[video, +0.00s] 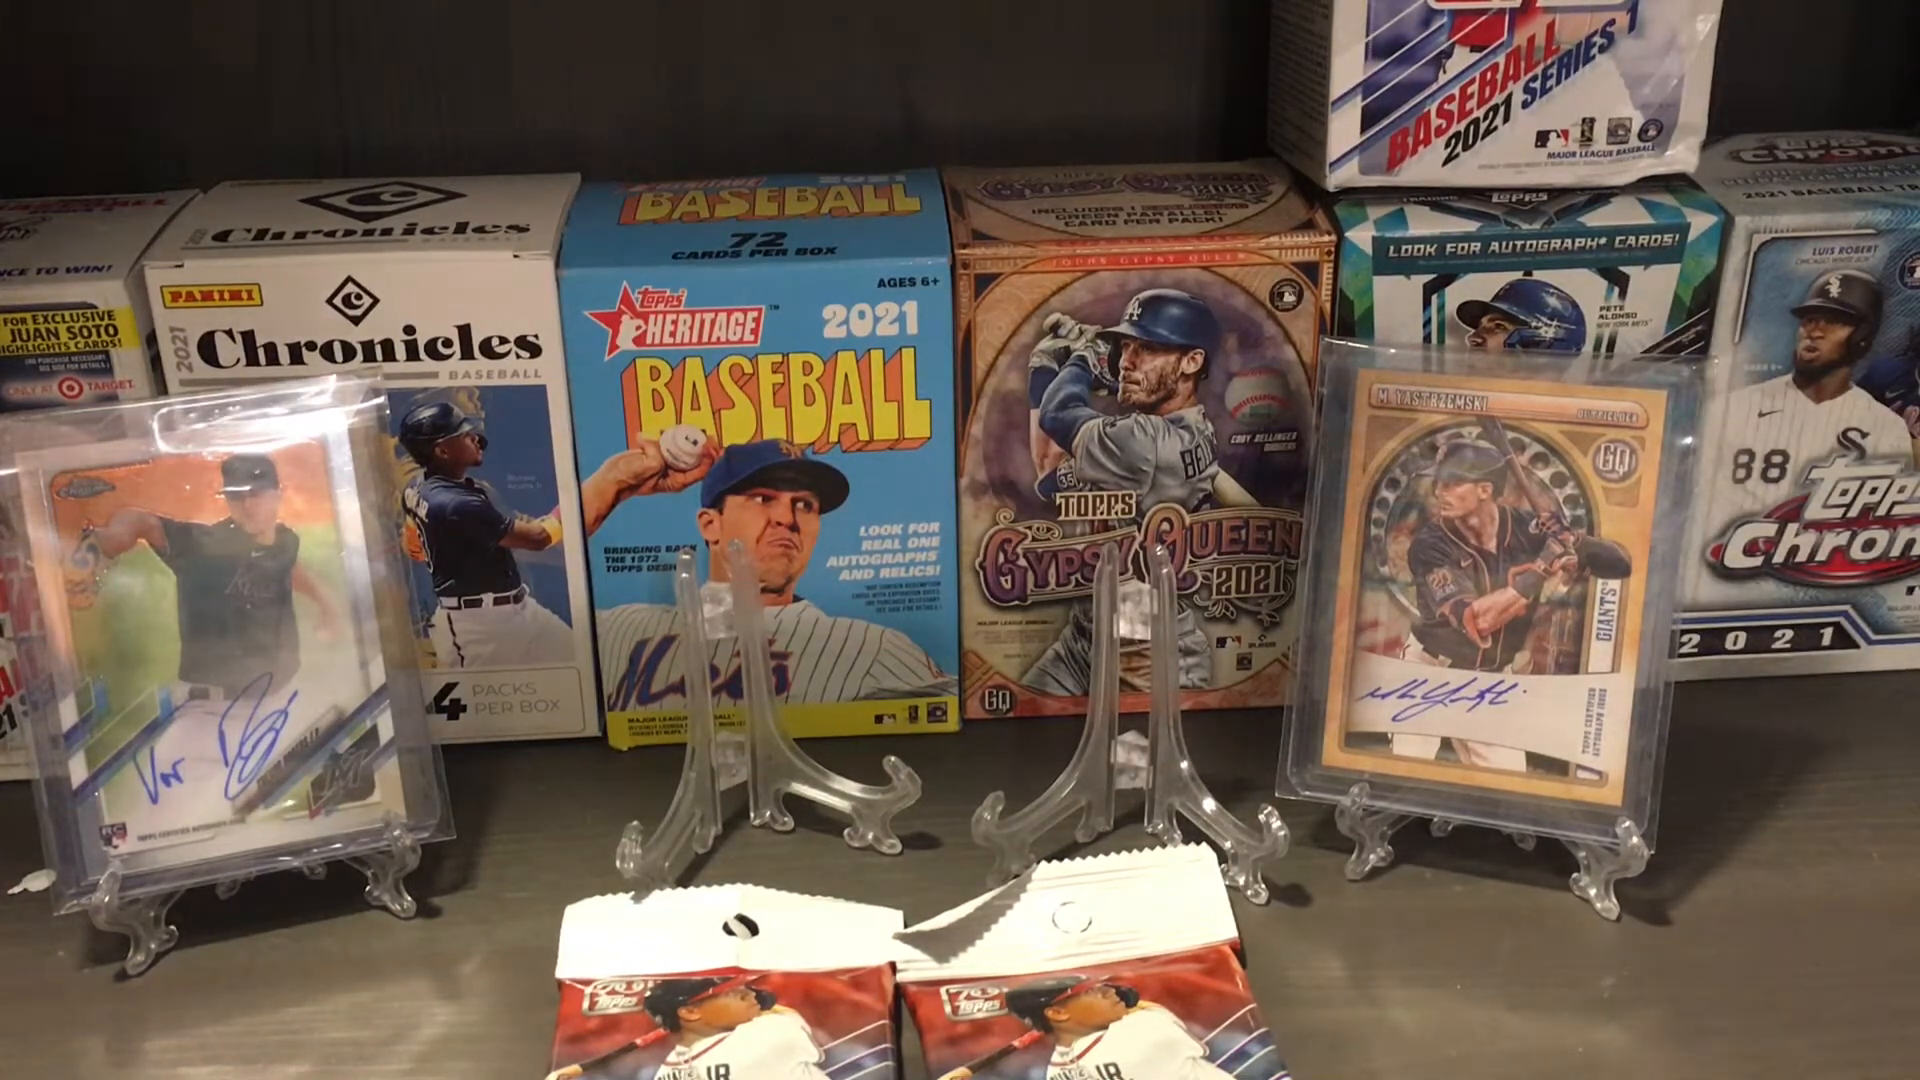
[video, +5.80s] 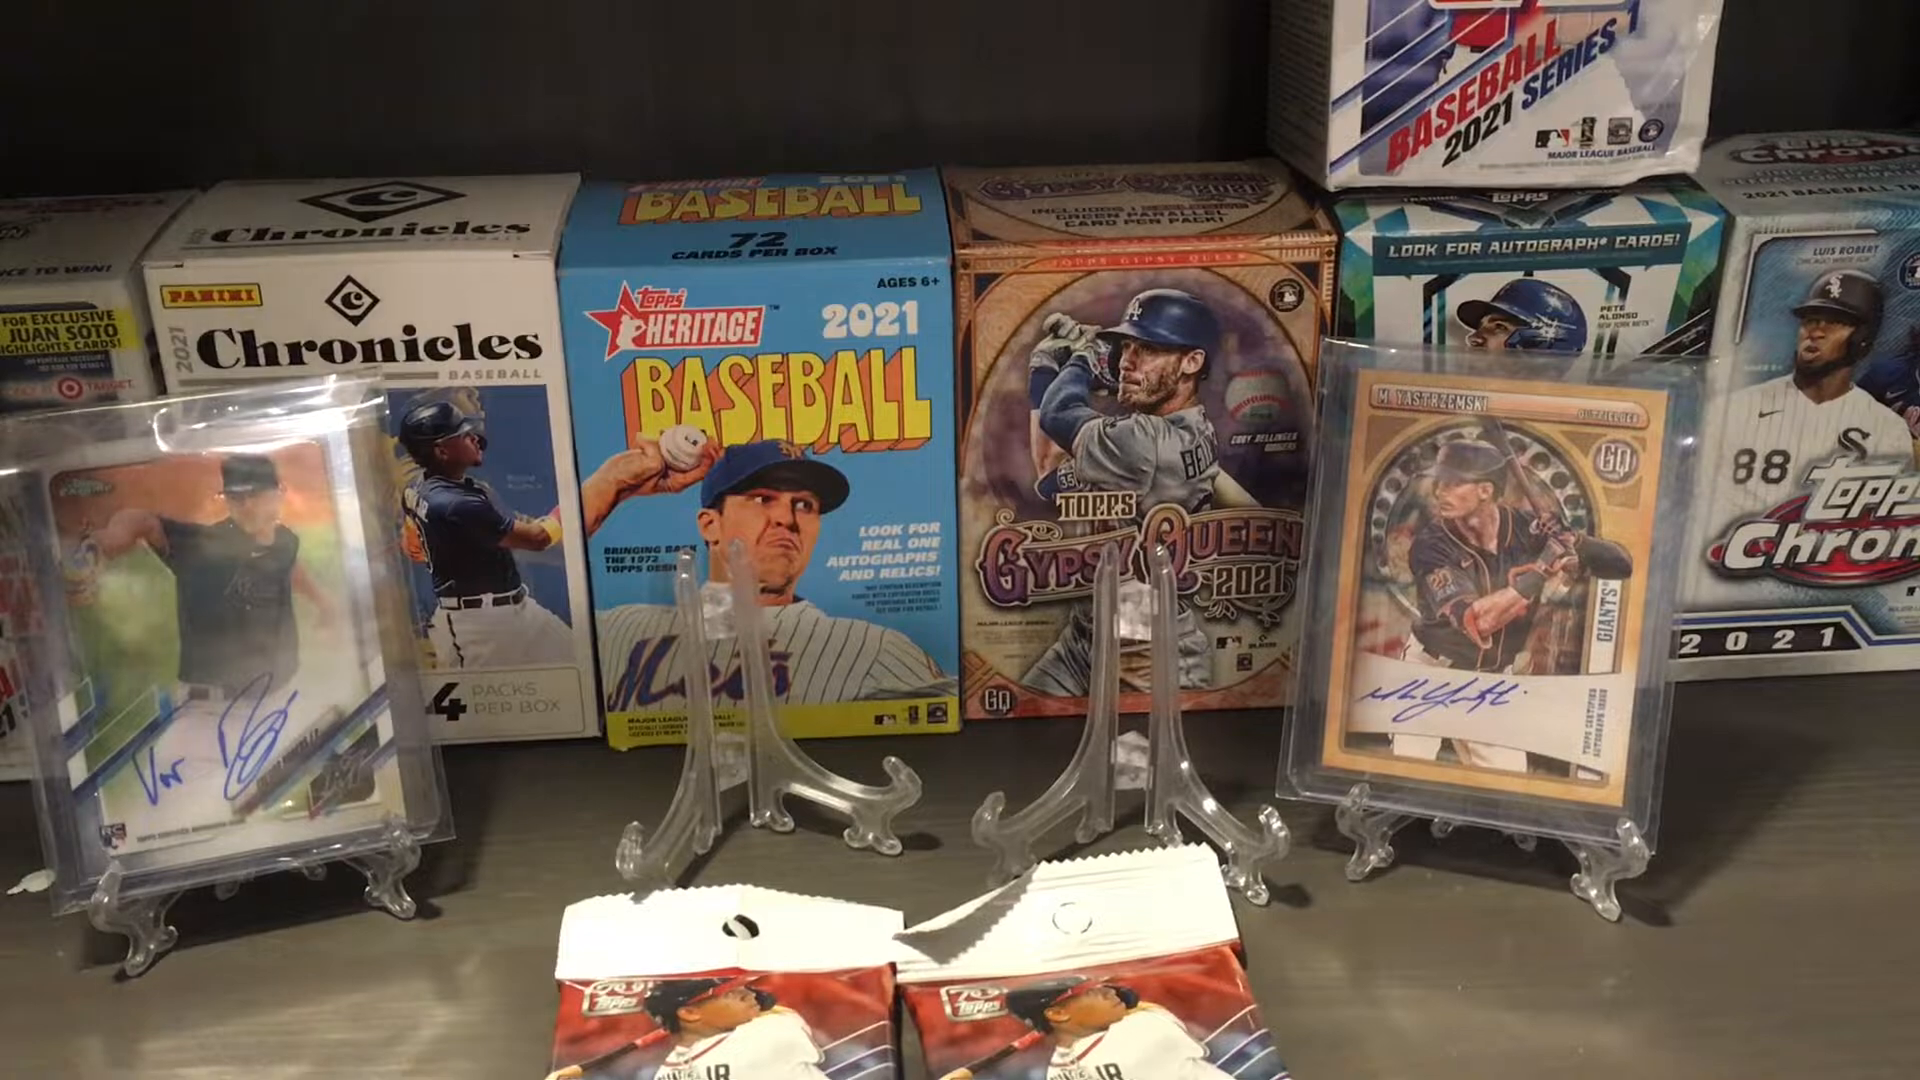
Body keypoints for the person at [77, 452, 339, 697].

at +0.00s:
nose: (247, 505)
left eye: (256, 493)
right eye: (236, 497)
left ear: (278, 495)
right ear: (226, 501)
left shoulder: (286, 543)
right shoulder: (200, 544)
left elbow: (287, 571)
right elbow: (134, 521)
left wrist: (324, 602)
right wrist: (101, 548)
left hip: (276, 697)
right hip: (214, 703)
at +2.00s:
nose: (247, 507)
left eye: (256, 496)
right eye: (237, 498)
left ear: (275, 496)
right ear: (227, 500)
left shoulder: (286, 540)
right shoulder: (203, 542)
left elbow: (291, 570)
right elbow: (137, 521)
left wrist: (323, 602)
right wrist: (109, 540)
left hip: (277, 686)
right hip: (215, 693)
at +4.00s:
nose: (246, 506)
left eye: (255, 495)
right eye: (236, 498)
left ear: (276, 496)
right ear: (227, 501)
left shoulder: (286, 542)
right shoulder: (203, 543)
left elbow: (292, 570)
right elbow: (136, 519)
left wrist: (323, 602)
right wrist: (118, 539)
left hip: (276, 688)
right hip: (214, 694)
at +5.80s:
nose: (277, 507)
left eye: (276, 496)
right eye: (269, 497)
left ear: (278, 498)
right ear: (240, 502)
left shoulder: (285, 543)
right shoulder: (199, 544)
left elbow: (292, 572)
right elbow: (137, 520)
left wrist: (324, 602)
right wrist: (111, 541)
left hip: (276, 699)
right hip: (214, 705)